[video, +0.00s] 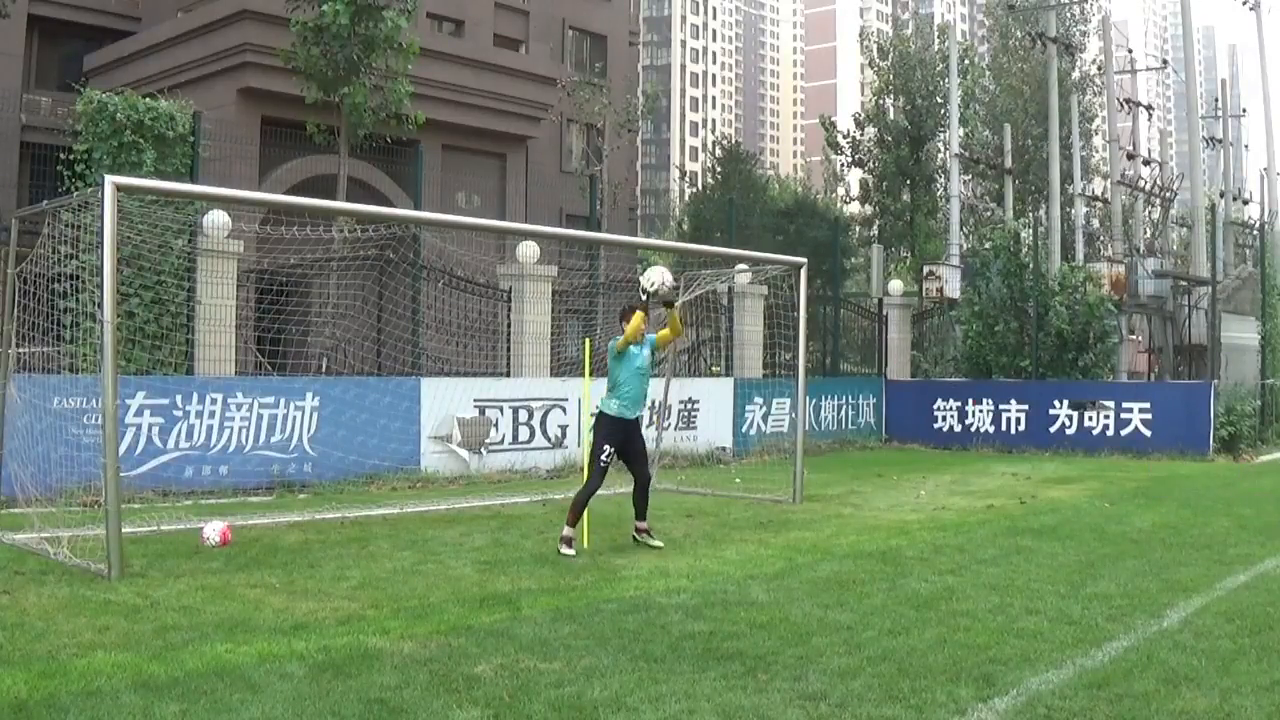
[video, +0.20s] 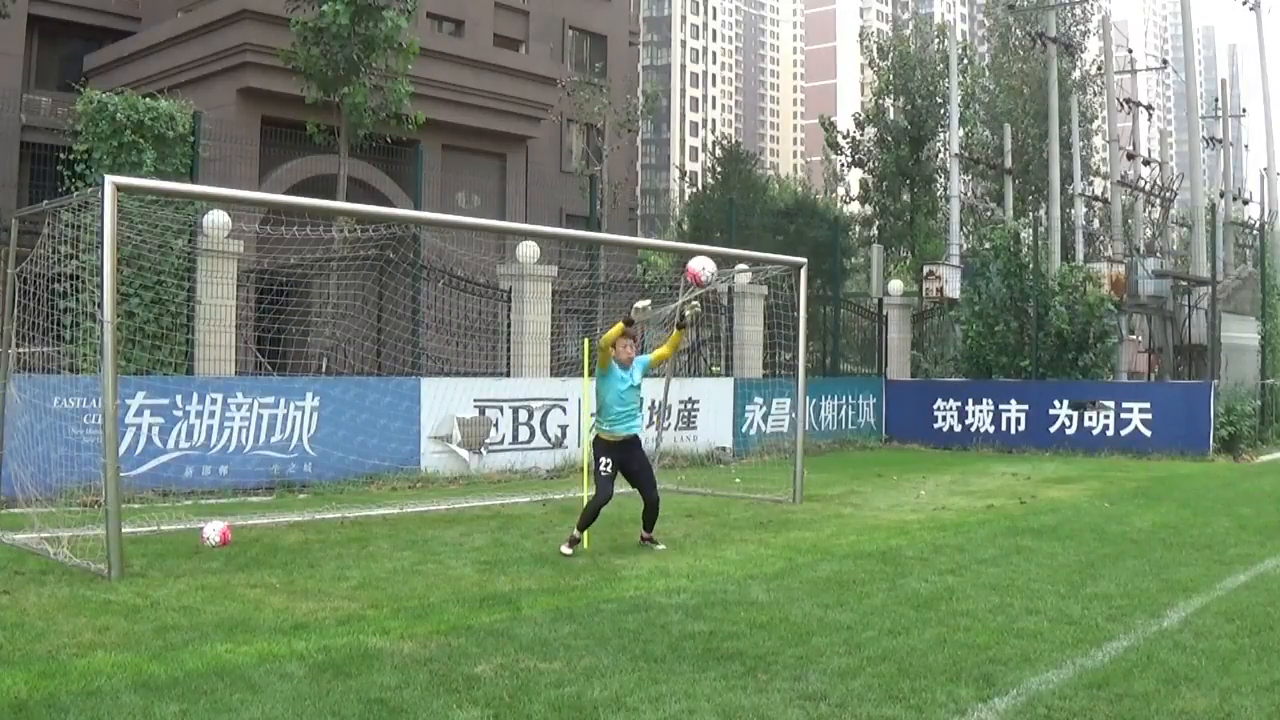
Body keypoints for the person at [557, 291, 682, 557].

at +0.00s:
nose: (641, 324)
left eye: (643, 320)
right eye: (637, 320)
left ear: (644, 323)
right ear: (625, 323)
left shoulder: (648, 343)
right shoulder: (616, 347)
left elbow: (675, 331)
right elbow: (631, 335)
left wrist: (670, 306)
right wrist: (643, 306)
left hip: (632, 423)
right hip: (609, 421)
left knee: (643, 477)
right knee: (594, 482)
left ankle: (641, 529)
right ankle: (567, 533)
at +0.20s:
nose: (629, 350)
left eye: (632, 346)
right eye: (624, 346)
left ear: (635, 349)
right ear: (613, 350)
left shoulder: (639, 366)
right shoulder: (606, 370)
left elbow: (667, 350)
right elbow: (604, 344)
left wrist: (681, 326)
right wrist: (628, 320)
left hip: (630, 443)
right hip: (605, 444)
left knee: (652, 498)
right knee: (603, 495)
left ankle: (647, 536)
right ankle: (575, 536)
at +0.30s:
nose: (622, 354)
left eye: (625, 350)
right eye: (617, 350)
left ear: (628, 353)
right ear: (605, 354)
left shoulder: (634, 374)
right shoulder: (594, 374)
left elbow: (663, 374)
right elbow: (574, 360)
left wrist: (669, 357)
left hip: (625, 450)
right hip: (597, 448)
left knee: (644, 496)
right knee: (600, 496)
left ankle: (646, 537)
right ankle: (592, 543)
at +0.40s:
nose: (609, 349)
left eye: (612, 344)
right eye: (604, 344)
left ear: (614, 346)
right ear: (591, 347)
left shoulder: (616, 369)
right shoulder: (573, 368)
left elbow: (618, 394)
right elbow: (538, 384)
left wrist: (631, 407)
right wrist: (557, 396)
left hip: (597, 443)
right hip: (570, 441)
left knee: (624, 488)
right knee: (584, 494)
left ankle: (626, 528)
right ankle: (577, 534)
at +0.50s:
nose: (596, 357)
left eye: (598, 352)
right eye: (590, 353)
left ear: (602, 355)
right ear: (579, 358)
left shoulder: (603, 380)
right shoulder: (563, 386)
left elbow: (593, 411)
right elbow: (537, 415)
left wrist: (594, 436)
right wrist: (537, 447)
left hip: (580, 442)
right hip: (554, 443)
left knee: (611, 484)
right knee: (569, 487)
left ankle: (591, 532)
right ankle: (558, 532)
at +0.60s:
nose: (551, 365)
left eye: (554, 360)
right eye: (545, 362)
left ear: (559, 365)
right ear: (536, 369)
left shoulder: (573, 389)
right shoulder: (525, 402)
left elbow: (573, 417)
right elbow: (507, 432)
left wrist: (567, 439)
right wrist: (506, 463)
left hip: (558, 453)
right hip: (527, 454)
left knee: (586, 502)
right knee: (530, 493)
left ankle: (579, 546)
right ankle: (516, 549)